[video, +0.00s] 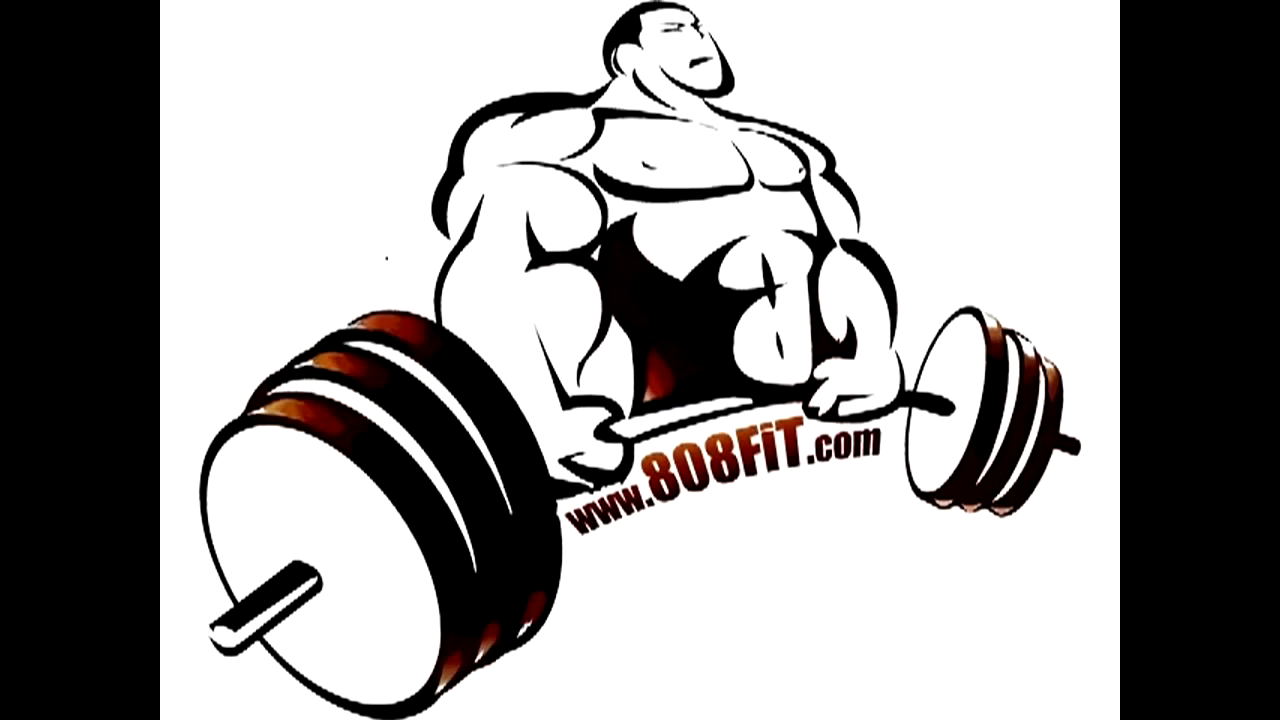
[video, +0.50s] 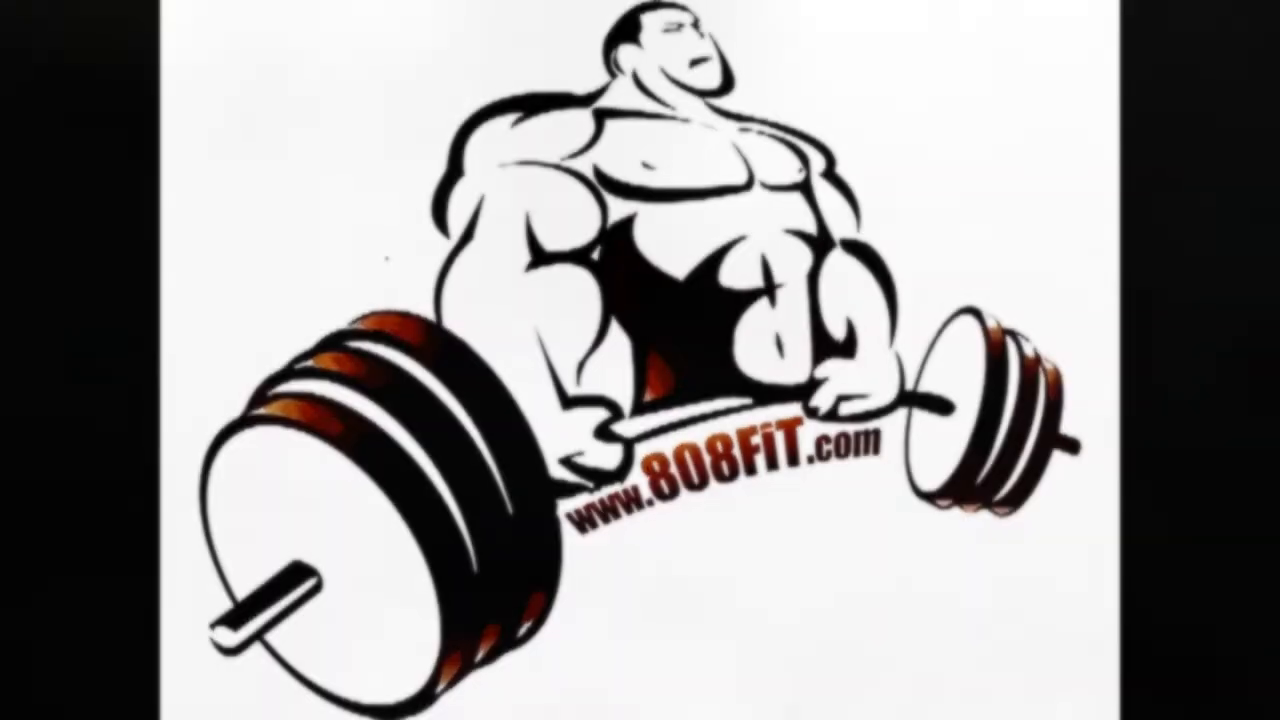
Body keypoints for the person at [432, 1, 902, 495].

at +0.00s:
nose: (702, 40)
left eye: (701, 28)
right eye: (676, 30)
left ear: (712, 45)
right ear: (628, 59)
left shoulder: (775, 145)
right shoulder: (594, 126)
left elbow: (850, 249)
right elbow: (487, 154)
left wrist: (877, 358)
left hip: (747, 330)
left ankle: (869, 369)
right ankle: (578, 428)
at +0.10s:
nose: (702, 40)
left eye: (701, 28)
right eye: (676, 30)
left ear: (712, 45)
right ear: (628, 59)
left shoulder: (775, 145)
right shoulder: (594, 126)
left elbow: (850, 249)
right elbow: (487, 154)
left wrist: (877, 358)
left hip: (747, 330)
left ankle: (869, 369)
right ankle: (578, 428)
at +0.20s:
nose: (702, 40)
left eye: (701, 28)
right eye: (676, 30)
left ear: (712, 45)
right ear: (628, 59)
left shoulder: (775, 145)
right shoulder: (594, 126)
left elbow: (850, 249)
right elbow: (487, 154)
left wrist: (877, 358)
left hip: (747, 330)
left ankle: (869, 369)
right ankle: (578, 428)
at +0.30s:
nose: (702, 40)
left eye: (701, 28)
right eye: (676, 30)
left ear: (712, 45)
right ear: (628, 59)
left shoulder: (775, 145)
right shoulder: (594, 126)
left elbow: (850, 249)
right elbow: (487, 154)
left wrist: (877, 358)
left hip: (747, 330)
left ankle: (869, 369)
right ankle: (578, 428)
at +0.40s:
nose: (702, 40)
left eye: (701, 28)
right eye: (675, 30)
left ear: (712, 44)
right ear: (628, 59)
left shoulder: (773, 145)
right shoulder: (596, 126)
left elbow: (851, 252)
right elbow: (487, 153)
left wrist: (877, 358)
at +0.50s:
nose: (702, 39)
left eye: (702, 28)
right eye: (676, 29)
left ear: (715, 44)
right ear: (629, 57)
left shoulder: (778, 146)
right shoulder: (592, 127)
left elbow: (849, 255)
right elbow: (488, 155)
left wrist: (875, 358)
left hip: (751, 335)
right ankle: (567, 430)